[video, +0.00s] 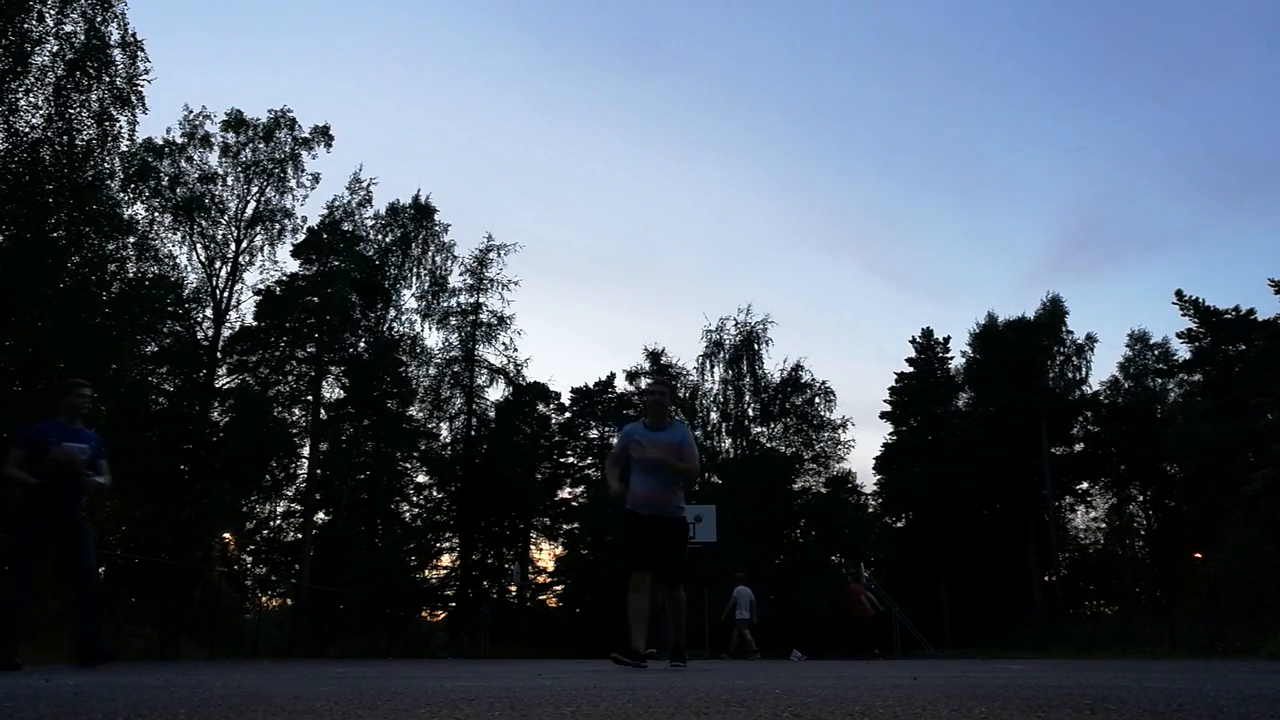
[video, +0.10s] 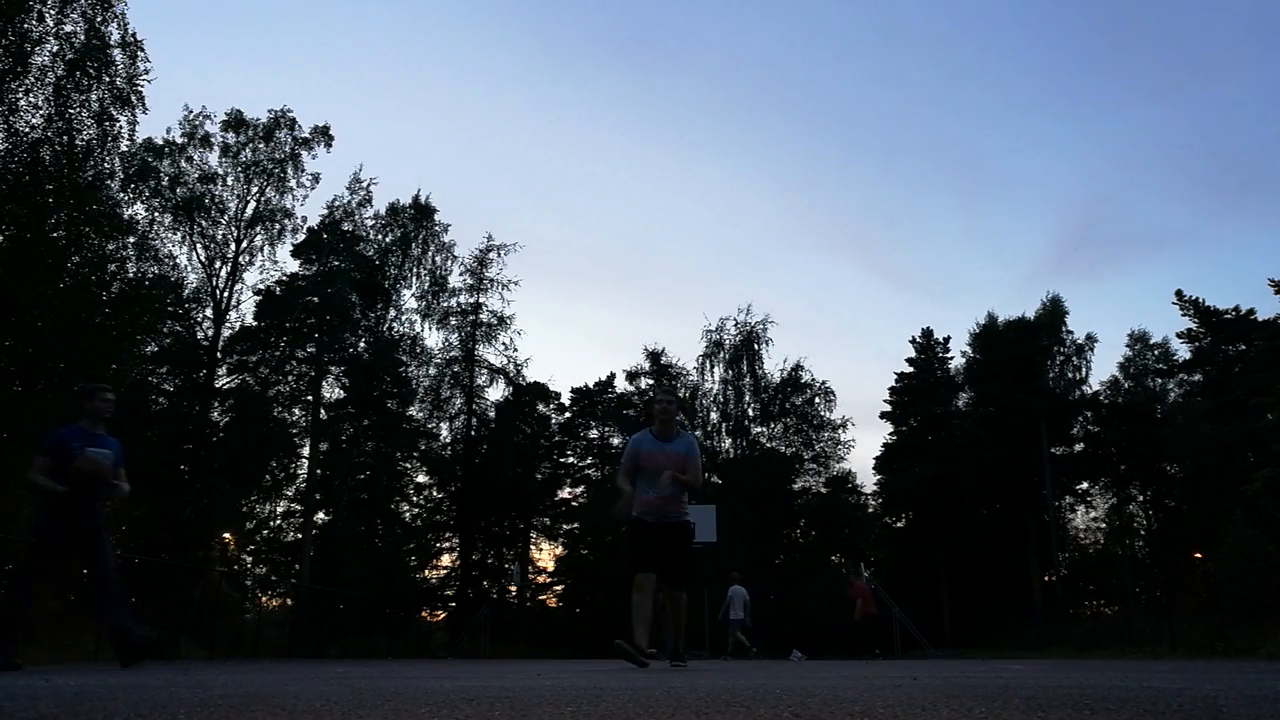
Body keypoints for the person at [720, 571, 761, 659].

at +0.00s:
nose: (737, 582)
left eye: (737, 581)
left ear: (737, 581)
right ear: (744, 581)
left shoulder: (737, 590)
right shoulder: (748, 590)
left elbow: (732, 602)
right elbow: (753, 602)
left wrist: (725, 613)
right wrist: (754, 614)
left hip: (739, 616)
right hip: (747, 616)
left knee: (746, 633)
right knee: (737, 633)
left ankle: (754, 651)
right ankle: (732, 650)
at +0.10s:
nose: (732, 582)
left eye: (732, 580)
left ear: (732, 581)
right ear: (739, 581)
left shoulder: (731, 589)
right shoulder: (743, 590)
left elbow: (727, 601)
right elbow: (748, 601)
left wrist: (721, 612)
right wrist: (747, 613)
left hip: (733, 616)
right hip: (741, 616)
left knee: (735, 633)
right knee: (735, 633)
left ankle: (749, 647)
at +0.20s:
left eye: (728, 579)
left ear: (728, 580)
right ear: (735, 580)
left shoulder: (727, 589)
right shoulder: (738, 589)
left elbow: (724, 600)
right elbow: (742, 600)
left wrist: (719, 610)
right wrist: (741, 610)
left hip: (728, 615)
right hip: (737, 614)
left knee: (726, 632)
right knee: (733, 632)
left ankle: (738, 643)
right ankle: (729, 653)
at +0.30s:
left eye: (724, 579)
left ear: (723, 579)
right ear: (731, 579)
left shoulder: (722, 588)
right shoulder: (734, 588)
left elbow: (720, 600)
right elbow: (738, 599)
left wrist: (717, 610)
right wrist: (736, 608)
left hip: (724, 613)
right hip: (733, 613)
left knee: (720, 631)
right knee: (731, 631)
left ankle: (727, 646)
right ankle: (730, 648)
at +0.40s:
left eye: (720, 580)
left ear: (719, 580)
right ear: (726, 580)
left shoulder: (718, 589)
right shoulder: (729, 589)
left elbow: (716, 601)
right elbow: (732, 599)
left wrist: (714, 611)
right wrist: (731, 609)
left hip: (719, 614)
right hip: (729, 614)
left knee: (716, 632)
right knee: (729, 633)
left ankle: (717, 651)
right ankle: (729, 651)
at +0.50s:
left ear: (715, 582)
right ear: (722, 582)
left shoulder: (713, 590)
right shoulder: (725, 591)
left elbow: (711, 603)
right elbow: (728, 601)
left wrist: (710, 613)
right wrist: (726, 610)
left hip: (715, 615)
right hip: (725, 615)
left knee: (711, 632)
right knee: (726, 633)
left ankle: (709, 651)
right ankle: (728, 651)